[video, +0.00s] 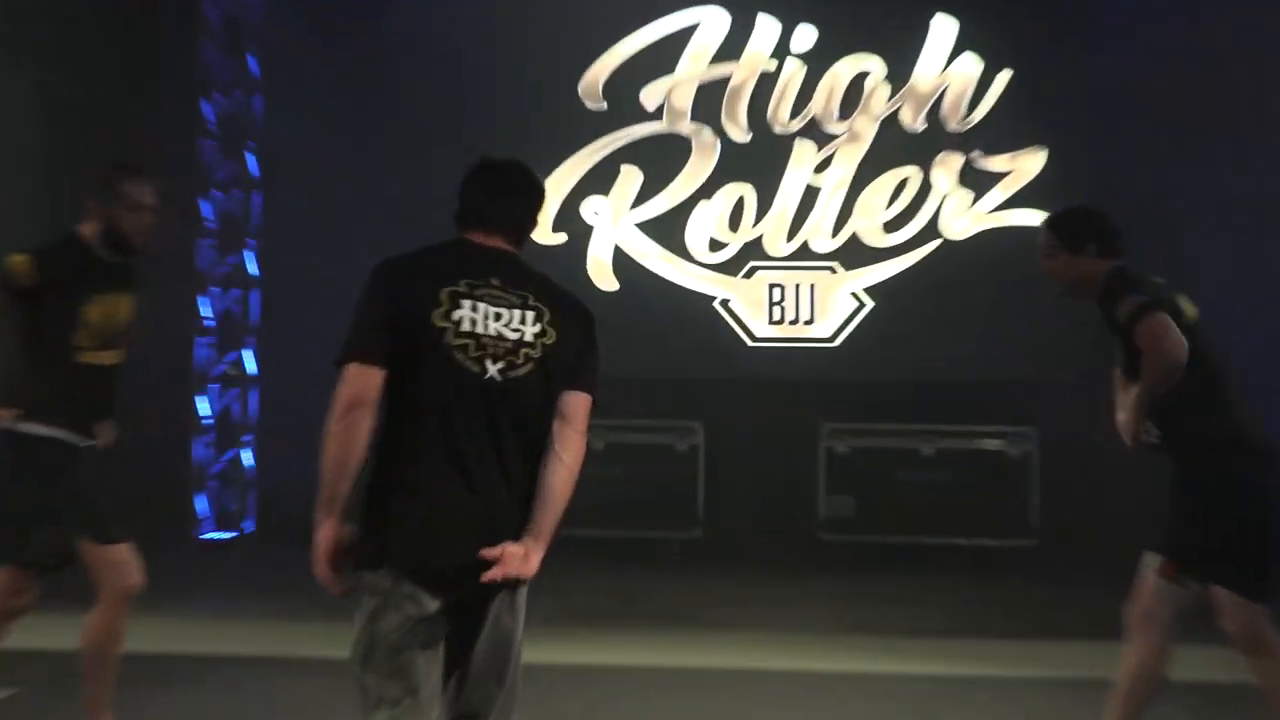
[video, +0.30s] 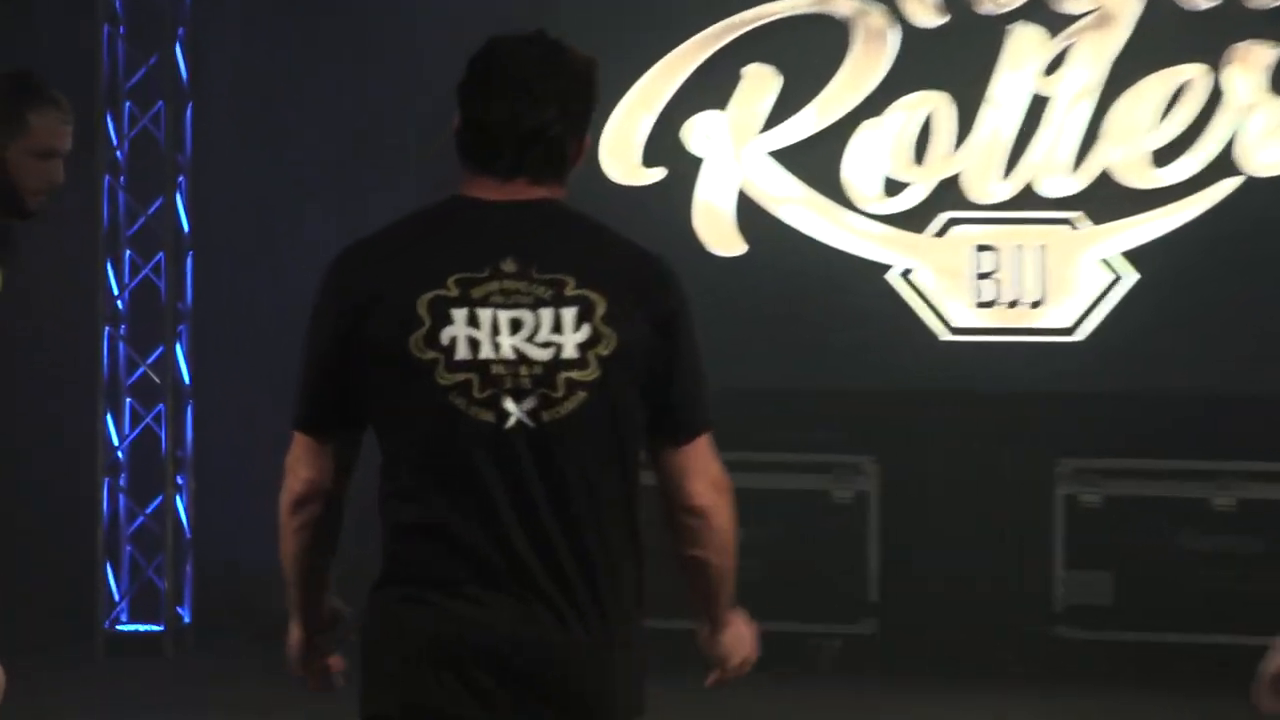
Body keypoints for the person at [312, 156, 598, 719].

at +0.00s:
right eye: (527, 217)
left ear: (461, 213)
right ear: (530, 227)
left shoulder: (401, 278)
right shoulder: (568, 311)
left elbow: (357, 401)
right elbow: (570, 434)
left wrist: (330, 515)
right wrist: (534, 540)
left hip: (405, 536)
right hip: (503, 547)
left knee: (398, 704)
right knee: (485, 705)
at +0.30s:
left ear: (462, 130)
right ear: (581, 147)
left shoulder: (375, 266)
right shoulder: (639, 280)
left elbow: (309, 486)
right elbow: (699, 495)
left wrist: (308, 614)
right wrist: (721, 614)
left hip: (423, 629)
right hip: (587, 637)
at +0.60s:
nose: (636, 25)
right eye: (638, 14)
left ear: (488, 20)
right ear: (626, 20)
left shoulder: (385, 181)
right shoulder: (711, 181)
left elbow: (322, 454)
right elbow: (781, 440)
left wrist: (334, 626)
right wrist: (769, 603)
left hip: (461, 627)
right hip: (669, 631)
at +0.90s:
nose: (784, 7)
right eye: (780, 0)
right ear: (750, 1)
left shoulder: (520, 96)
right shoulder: (833, 120)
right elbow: (865, 374)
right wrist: (819, 546)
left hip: (577, 553)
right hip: (770, 566)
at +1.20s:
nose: (785, 11)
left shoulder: (543, 75)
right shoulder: (757, 111)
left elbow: (487, 250)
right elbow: (812, 290)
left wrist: (489, 384)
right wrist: (838, 417)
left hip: (568, 411)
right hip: (698, 422)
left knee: (562, 632)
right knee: (693, 662)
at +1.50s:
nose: (697, 79)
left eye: (698, 63)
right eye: (687, 62)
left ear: (618, 66)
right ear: (637, 64)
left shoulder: (513, 139)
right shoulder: (664, 157)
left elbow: (490, 274)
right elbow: (693, 304)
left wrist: (527, 354)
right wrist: (731, 396)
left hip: (543, 401)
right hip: (638, 407)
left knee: (570, 593)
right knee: (651, 591)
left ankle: (574, 715)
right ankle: (645, 710)